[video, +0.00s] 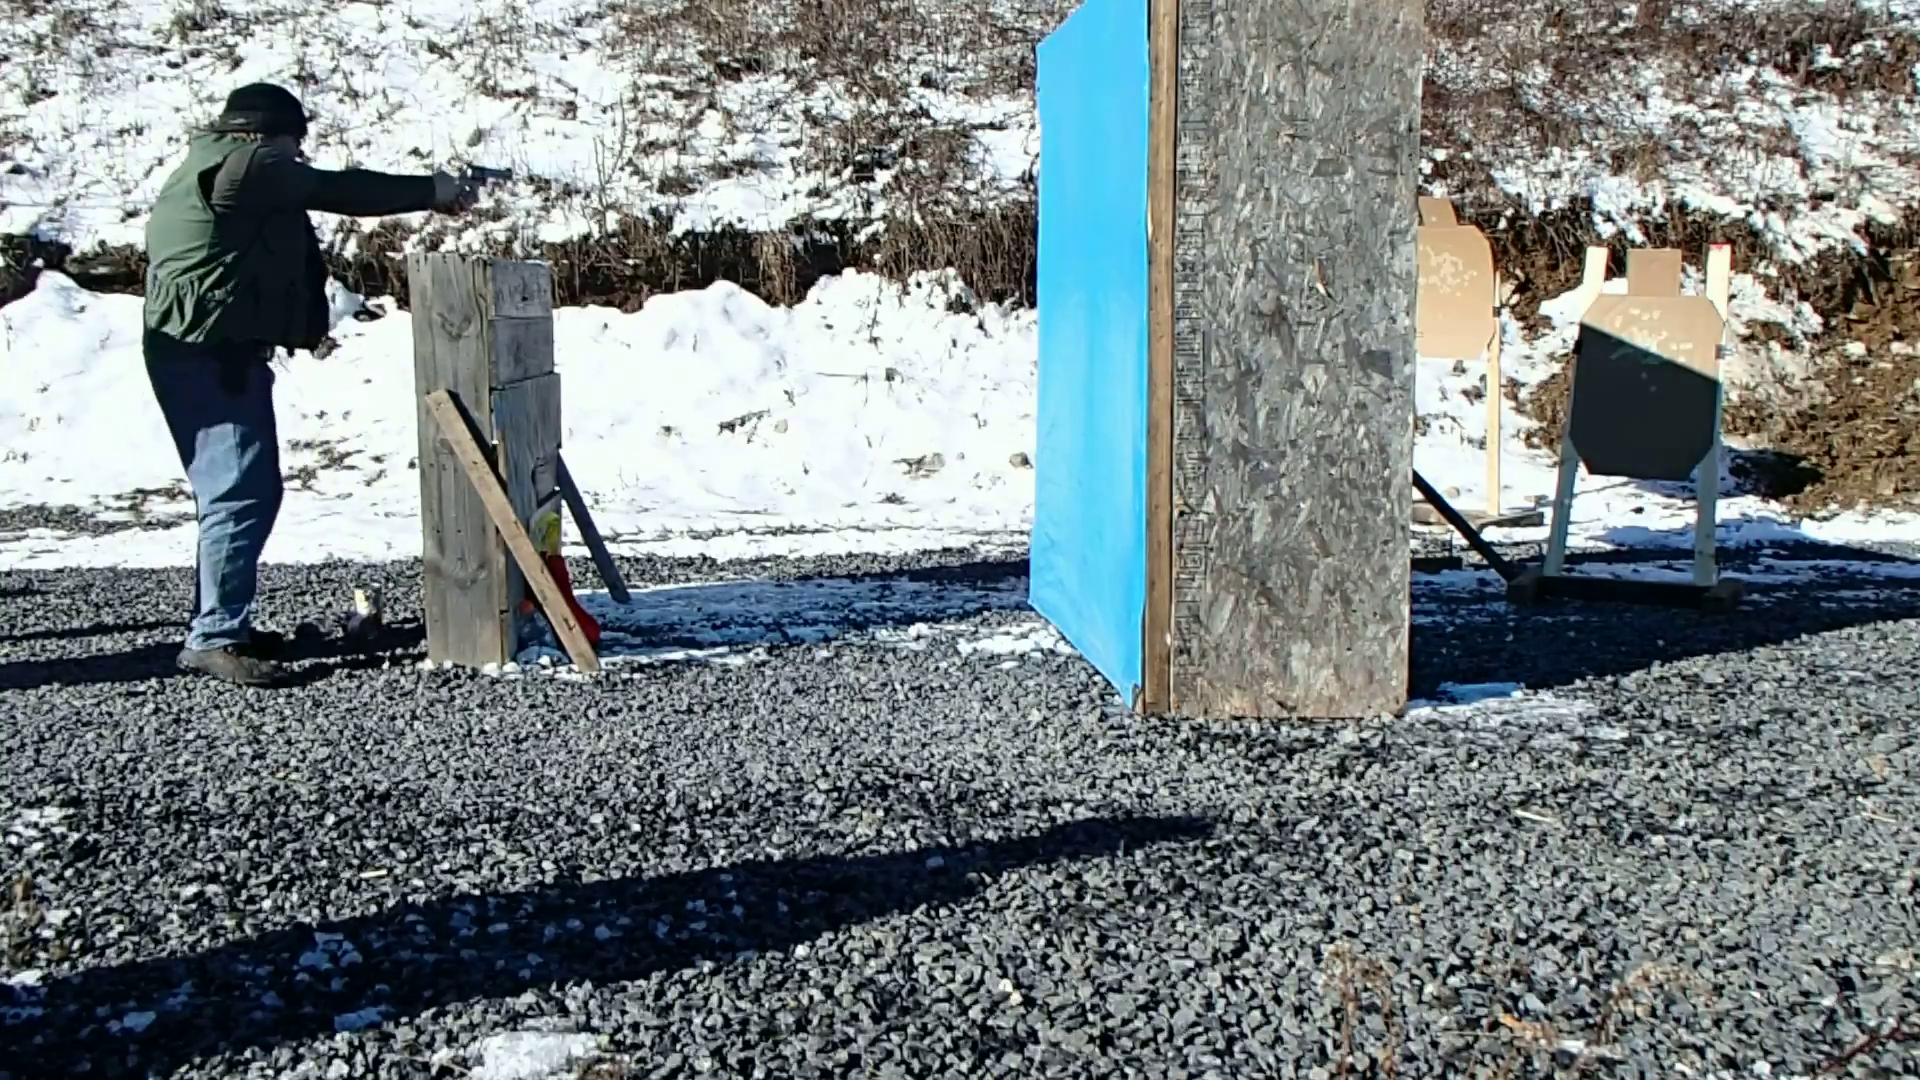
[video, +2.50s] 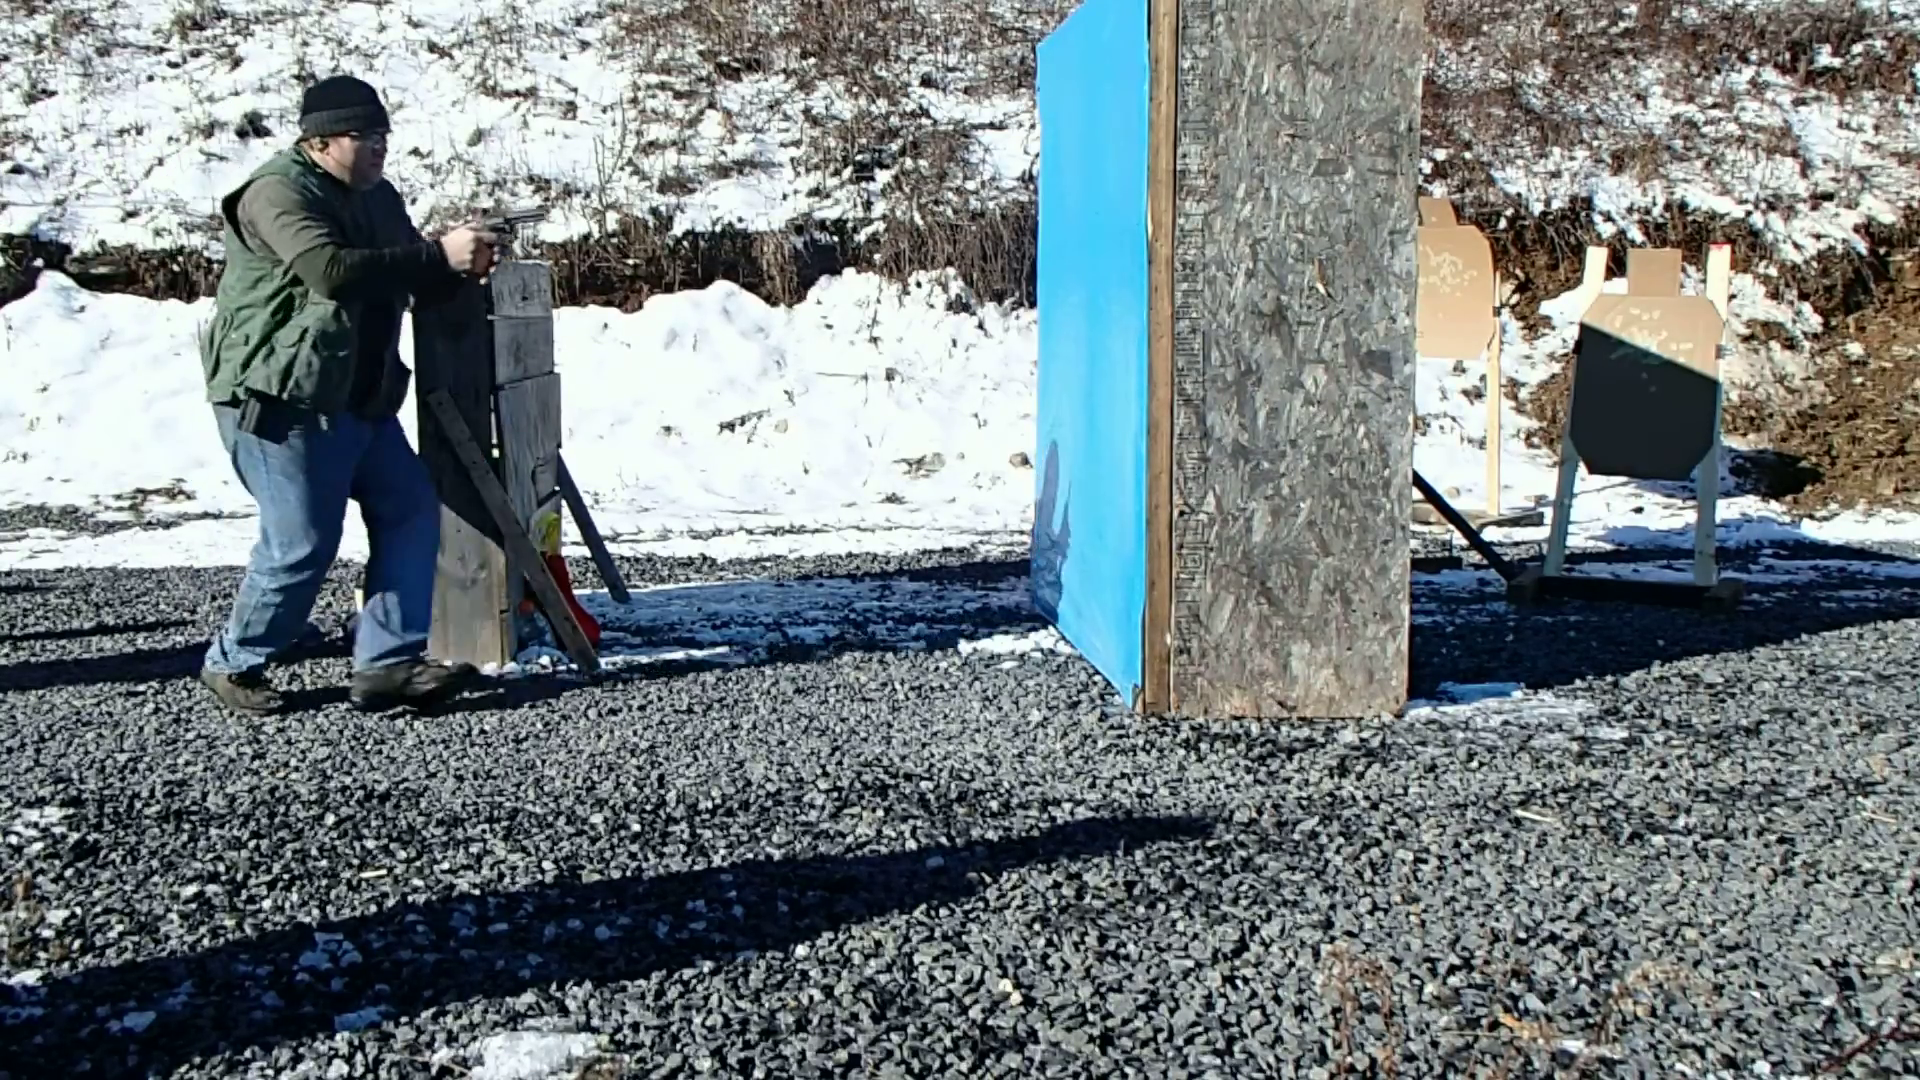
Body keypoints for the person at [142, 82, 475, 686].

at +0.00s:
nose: (298, 151)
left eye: (299, 141)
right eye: (293, 140)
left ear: (238, 126)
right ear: (269, 132)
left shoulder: (205, 166)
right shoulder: (248, 165)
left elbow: (240, 263)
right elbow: (348, 190)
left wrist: (304, 321)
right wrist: (436, 190)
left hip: (195, 348)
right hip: (216, 351)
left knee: (234, 489)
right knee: (242, 490)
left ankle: (225, 627)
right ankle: (215, 638)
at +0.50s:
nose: (305, 143)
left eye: (306, 134)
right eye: (302, 132)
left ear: (244, 117)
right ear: (281, 122)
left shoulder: (200, 163)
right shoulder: (255, 156)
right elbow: (354, 183)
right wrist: (446, 181)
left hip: (206, 354)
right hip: (224, 357)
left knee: (246, 500)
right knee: (248, 503)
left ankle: (228, 630)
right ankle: (212, 644)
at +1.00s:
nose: (303, 144)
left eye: (303, 133)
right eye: (299, 132)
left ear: (244, 116)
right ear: (273, 122)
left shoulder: (208, 158)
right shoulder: (244, 158)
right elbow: (346, 184)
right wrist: (440, 183)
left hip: (217, 355)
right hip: (219, 357)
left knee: (252, 500)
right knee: (248, 502)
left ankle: (229, 631)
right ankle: (211, 647)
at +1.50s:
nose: (303, 148)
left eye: (303, 138)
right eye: (298, 136)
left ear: (243, 118)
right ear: (271, 126)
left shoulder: (209, 159)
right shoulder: (240, 160)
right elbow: (344, 185)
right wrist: (438, 183)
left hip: (221, 359)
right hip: (220, 362)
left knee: (253, 500)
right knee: (252, 502)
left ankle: (230, 630)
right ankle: (212, 646)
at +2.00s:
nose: (312, 173)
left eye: (313, 162)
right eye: (306, 160)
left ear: (267, 156)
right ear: (270, 155)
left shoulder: (283, 207)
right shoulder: (213, 190)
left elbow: (315, 290)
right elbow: (262, 263)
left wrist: (354, 244)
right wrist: (343, 229)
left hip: (236, 379)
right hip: (194, 377)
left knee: (259, 494)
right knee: (280, 482)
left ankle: (201, 626)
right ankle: (218, 630)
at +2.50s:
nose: (383, 147)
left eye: (385, 135)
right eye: (371, 136)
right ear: (325, 140)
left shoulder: (378, 198)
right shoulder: (276, 192)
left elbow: (414, 281)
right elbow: (330, 271)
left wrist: (456, 258)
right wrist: (435, 255)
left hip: (360, 401)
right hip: (281, 402)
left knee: (411, 512)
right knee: (300, 543)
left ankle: (386, 662)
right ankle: (234, 665)